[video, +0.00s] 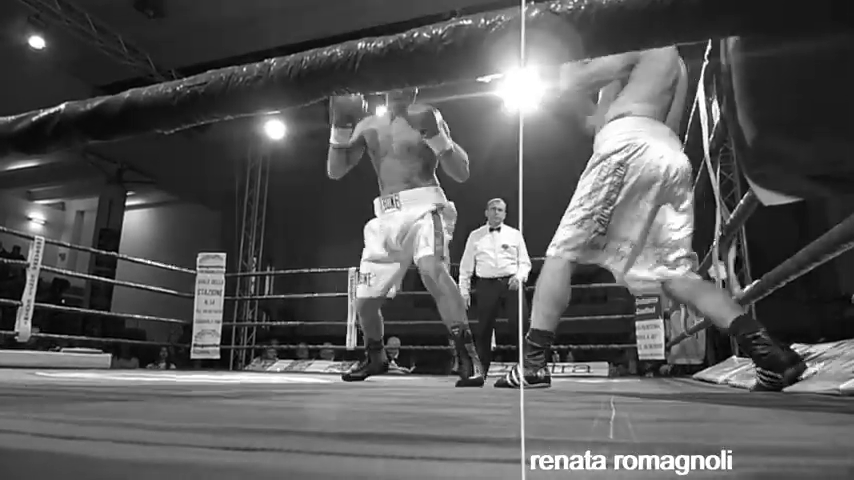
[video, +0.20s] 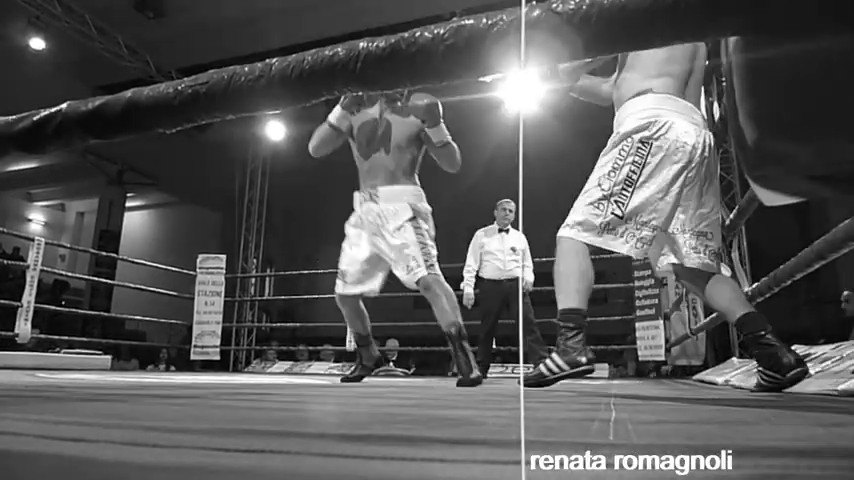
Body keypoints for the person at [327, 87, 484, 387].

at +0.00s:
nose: (399, 90)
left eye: (406, 83)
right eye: (392, 83)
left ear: (416, 88)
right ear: (380, 88)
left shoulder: (427, 117)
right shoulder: (368, 126)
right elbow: (336, 171)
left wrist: (436, 136)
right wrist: (340, 128)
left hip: (426, 207)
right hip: (387, 215)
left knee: (432, 269)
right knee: (366, 300)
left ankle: (467, 359)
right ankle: (376, 359)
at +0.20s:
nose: (393, 83)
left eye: (399, 77)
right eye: (386, 77)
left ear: (407, 79)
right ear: (374, 80)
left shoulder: (420, 110)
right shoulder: (357, 111)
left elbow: (453, 165)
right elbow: (316, 149)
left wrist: (432, 124)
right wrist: (343, 109)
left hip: (405, 208)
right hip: (365, 211)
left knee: (428, 280)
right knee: (345, 293)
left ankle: (465, 362)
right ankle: (369, 356)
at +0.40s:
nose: (370, 86)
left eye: (376, 81)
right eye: (362, 80)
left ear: (387, 87)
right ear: (350, 84)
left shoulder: (396, 122)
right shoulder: (333, 119)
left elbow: (413, 176)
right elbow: (311, 161)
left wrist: (413, 135)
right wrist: (334, 122)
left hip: (382, 207)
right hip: (342, 209)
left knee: (398, 267)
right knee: (329, 285)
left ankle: (418, 343)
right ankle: (327, 357)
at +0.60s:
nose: (357, 97)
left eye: (361, 92)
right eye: (350, 91)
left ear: (368, 98)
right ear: (337, 95)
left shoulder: (379, 134)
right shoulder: (315, 131)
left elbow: (393, 186)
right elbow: (301, 177)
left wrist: (393, 156)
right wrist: (324, 154)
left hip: (363, 215)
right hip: (324, 216)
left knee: (372, 286)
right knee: (315, 290)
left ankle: (386, 352)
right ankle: (320, 361)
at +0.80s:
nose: (346, 83)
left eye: (351, 78)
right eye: (339, 78)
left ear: (360, 83)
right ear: (329, 83)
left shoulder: (375, 114)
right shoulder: (312, 114)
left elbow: (402, 166)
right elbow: (285, 133)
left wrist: (392, 127)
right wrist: (312, 105)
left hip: (359, 201)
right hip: (320, 204)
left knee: (369, 272)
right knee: (319, 288)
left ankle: (375, 350)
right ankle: (322, 362)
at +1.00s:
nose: (357, 86)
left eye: (365, 81)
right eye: (350, 79)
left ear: (376, 87)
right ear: (338, 82)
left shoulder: (383, 122)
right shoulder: (316, 112)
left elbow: (401, 179)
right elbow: (289, 151)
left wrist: (406, 138)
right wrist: (315, 110)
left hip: (358, 207)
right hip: (316, 207)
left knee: (366, 268)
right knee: (289, 296)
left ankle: (372, 356)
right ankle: (315, 347)